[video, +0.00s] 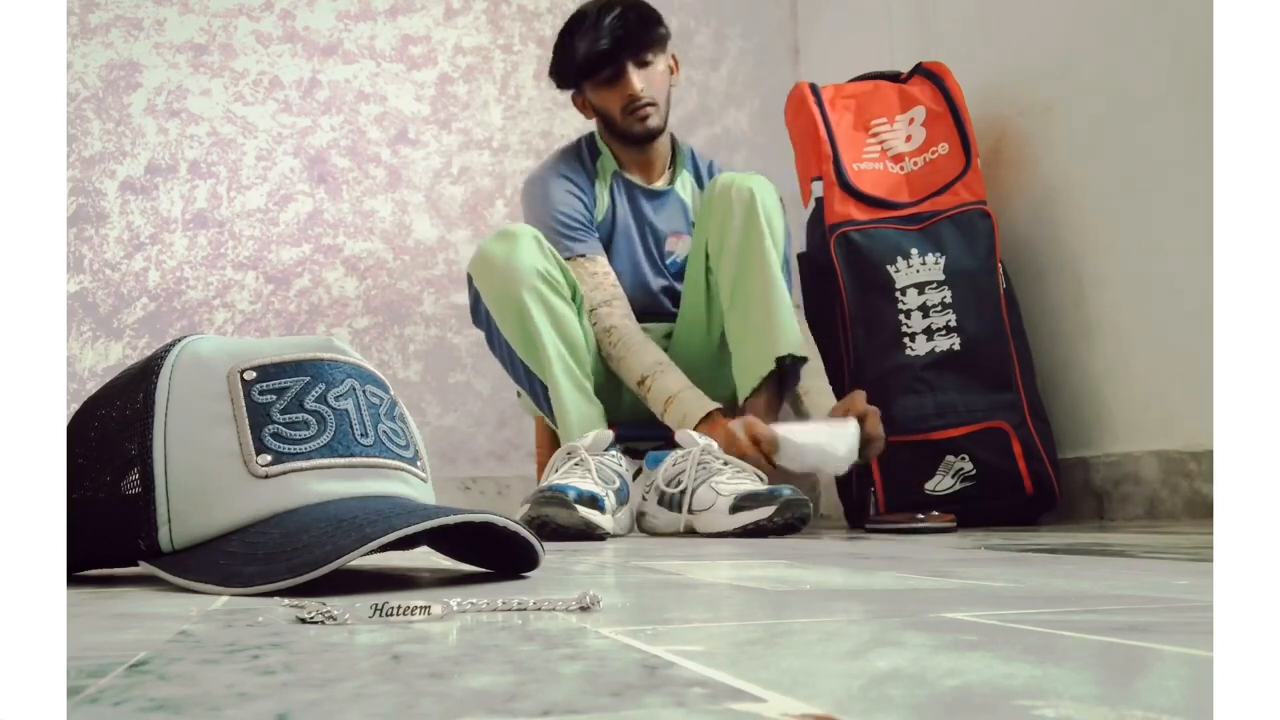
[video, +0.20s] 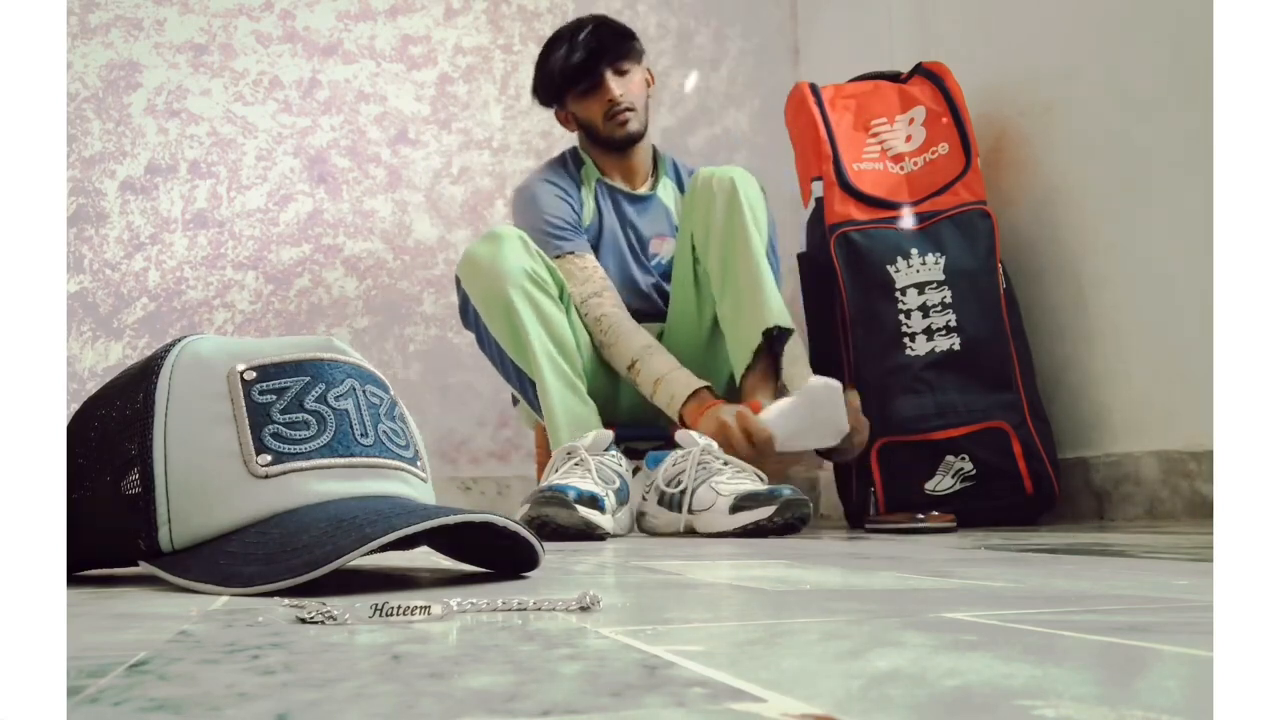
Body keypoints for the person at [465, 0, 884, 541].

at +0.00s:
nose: (635, 87)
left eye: (645, 63)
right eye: (609, 77)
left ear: (672, 69)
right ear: (584, 105)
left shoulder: (715, 185)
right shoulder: (558, 187)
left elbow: (779, 314)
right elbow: (615, 329)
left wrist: (827, 416)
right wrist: (708, 420)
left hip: (702, 378)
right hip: (602, 379)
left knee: (747, 192)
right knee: (504, 251)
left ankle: (722, 464)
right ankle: (591, 461)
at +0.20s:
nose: (613, 91)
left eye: (622, 71)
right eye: (589, 85)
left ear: (647, 81)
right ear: (567, 118)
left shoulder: (703, 190)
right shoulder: (547, 195)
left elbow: (765, 319)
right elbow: (606, 321)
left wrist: (814, 414)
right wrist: (695, 404)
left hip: (694, 379)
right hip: (594, 382)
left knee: (728, 183)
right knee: (491, 254)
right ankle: (586, 461)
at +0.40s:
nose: (597, 105)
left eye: (605, 84)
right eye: (573, 98)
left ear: (630, 95)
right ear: (552, 133)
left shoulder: (690, 192)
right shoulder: (534, 205)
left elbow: (755, 316)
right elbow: (593, 319)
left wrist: (757, 401)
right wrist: (681, 391)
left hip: (688, 375)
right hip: (592, 382)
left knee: (713, 178)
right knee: (482, 254)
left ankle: (755, 390)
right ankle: (585, 458)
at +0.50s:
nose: (588, 109)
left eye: (596, 88)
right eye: (564, 104)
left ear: (623, 96)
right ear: (547, 135)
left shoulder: (689, 193)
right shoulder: (533, 206)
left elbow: (763, 332)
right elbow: (601, 319)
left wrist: (760, 386)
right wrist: (683, 385)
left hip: (684, 378)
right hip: (592, 383)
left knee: (724, 178)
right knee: (482, 254)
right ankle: (582, 459)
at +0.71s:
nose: (567, 109)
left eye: (575, 88)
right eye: (544, 108)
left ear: (609, 92)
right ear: (536, 139)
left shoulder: (680, 191)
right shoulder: (529, 200)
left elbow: (748, 271)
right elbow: (578, 305)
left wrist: (802, 334)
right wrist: (669, 348)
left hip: (688, 380)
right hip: (595, 381)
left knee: (727, 178)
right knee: (494, 249)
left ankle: (765, 373)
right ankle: (591, 454)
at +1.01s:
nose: (597, 129)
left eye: (609, 105)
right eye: (575, 111)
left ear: (632, 94)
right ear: (547, 116)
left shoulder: (685, 193)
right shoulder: (530, 193)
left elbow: (766, 272)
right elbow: (575, 302)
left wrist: (791, 369)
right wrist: (678, 357)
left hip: (690, 381)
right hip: (594, 379)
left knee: (746, 195)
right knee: (489, 253)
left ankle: (778, 442)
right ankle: (588, 461)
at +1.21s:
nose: (618, 148)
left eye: (635, 132)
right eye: (600, 131)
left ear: (660, 113)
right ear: (576, 110)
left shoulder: (697, 193)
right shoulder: (537, 180)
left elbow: (741, 297)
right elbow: (558, 306)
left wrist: (824, 318)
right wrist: (643, 298)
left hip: (696, 373)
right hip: (598, 373)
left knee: (774, 210)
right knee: (486, 253)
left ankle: (805, 450)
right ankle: (585, 460)